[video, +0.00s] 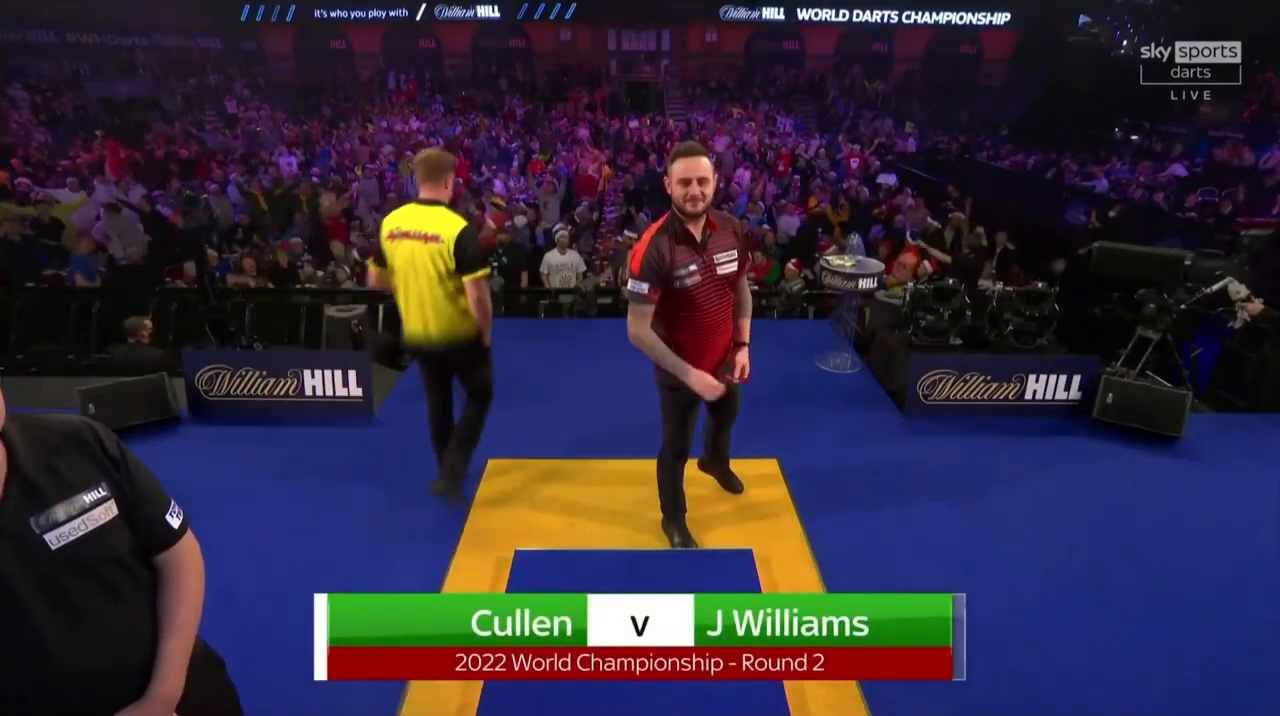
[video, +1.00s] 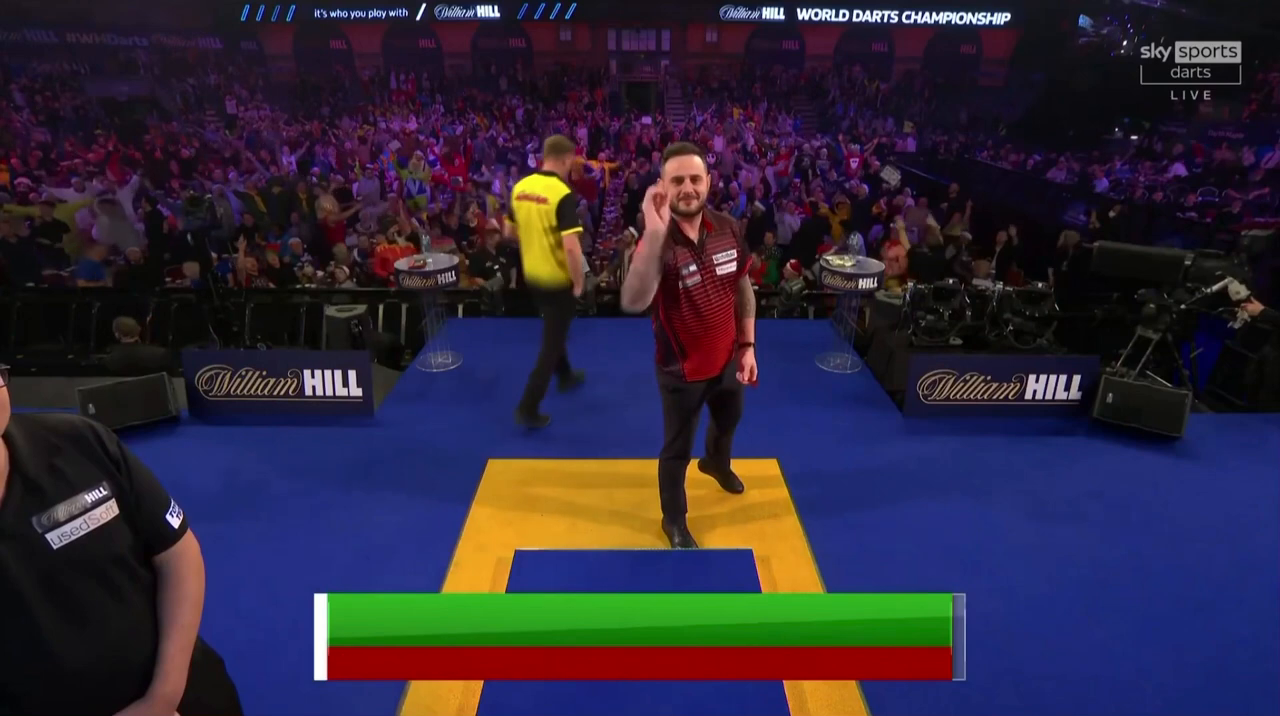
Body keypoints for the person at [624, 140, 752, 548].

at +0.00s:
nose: (694, 191)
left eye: (702, 181)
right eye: (685, 182)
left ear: (714, 184)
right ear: (669, 186)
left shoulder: (731, 230)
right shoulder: (653, 248)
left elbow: (742, 290)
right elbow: (638, 330)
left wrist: (743, 345)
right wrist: (691, 374)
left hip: (723, 358)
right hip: (679, 367)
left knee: (727, 411)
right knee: (677, 447)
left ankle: (714, 460)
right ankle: (673, 519)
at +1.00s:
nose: (687, 188)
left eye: (695, 179)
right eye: (677, 180)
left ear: (708, 183)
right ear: (662, 188)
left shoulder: (726, 228)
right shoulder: (651, 241)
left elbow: (744, 287)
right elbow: (633, 302)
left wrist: (748, 345)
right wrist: (654, 234)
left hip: (726, 355)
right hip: (682, 365)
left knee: (729, 414)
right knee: (678, 447)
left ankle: (715, 461)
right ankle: (674, 520)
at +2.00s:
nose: (694, 192)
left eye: (703, 182)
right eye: (684, 184)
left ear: (715, 185)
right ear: (668, 188)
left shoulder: (730, 230)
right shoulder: (656, 250)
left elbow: (742, 289)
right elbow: (642, 332)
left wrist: (740, 347)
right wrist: (696, 376)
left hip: (723, 355)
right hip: (679, 365)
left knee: (728, 411)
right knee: (677, 445)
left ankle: (714, 461)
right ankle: (674, 520)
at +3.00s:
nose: (693, 197)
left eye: (701, 187)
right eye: (682, 190)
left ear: (714, 191)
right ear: (666, 197)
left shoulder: (734, 236)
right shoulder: (659, 253)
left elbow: (751, 296)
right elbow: (636, 321)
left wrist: (754, 356)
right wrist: (655, 248)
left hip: (731, 364)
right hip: (685, 375)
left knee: (739, 426)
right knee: (681, 450)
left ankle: (719, 463)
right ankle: (674, 520)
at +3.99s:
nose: (790, 224)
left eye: (799, 212)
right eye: (777, 212)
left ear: (808, 212)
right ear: (745, 208)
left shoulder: (813, 281)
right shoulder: (701, 277)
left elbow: (818, 361)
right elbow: (676, 367)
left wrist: (826, 444)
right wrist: (669, 453)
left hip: (776, 439)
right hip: (715, 438)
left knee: (754, 540)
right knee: (715, 546)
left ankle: (743, 609)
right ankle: (704, 545)